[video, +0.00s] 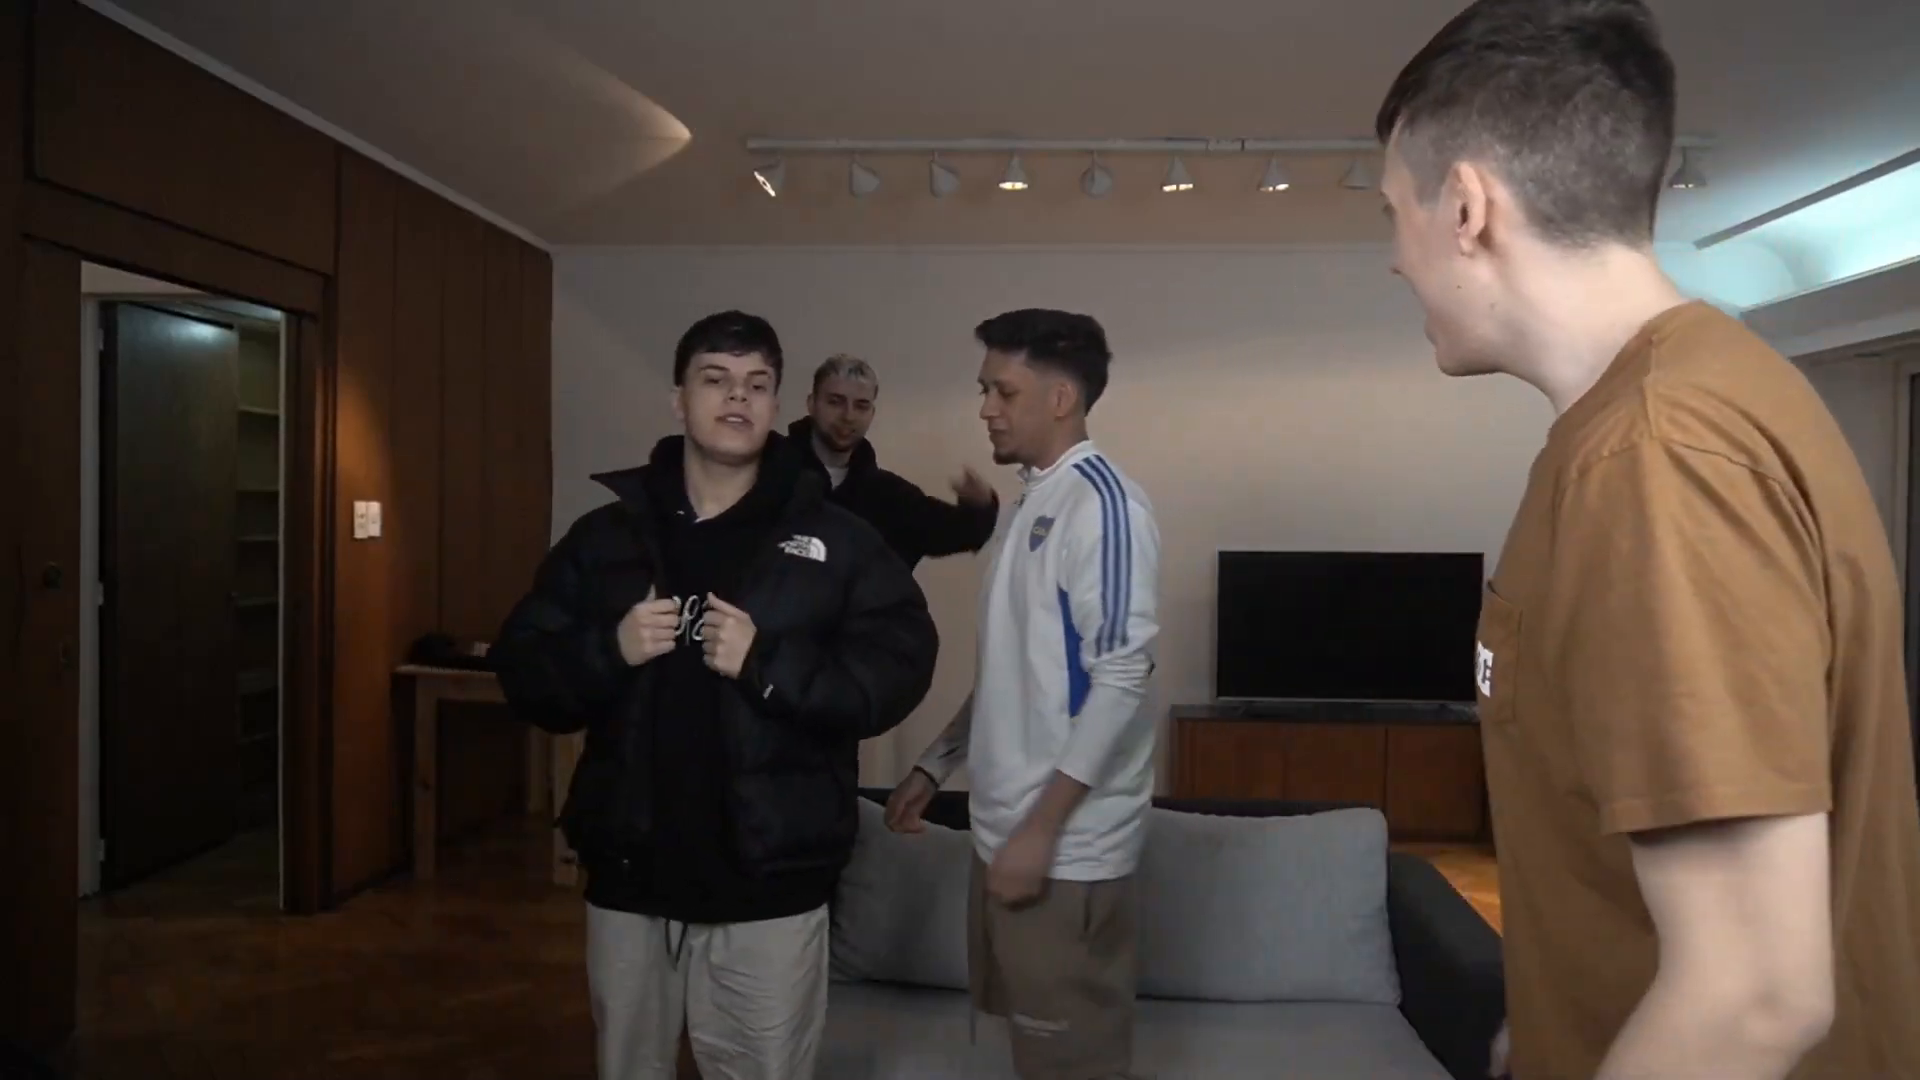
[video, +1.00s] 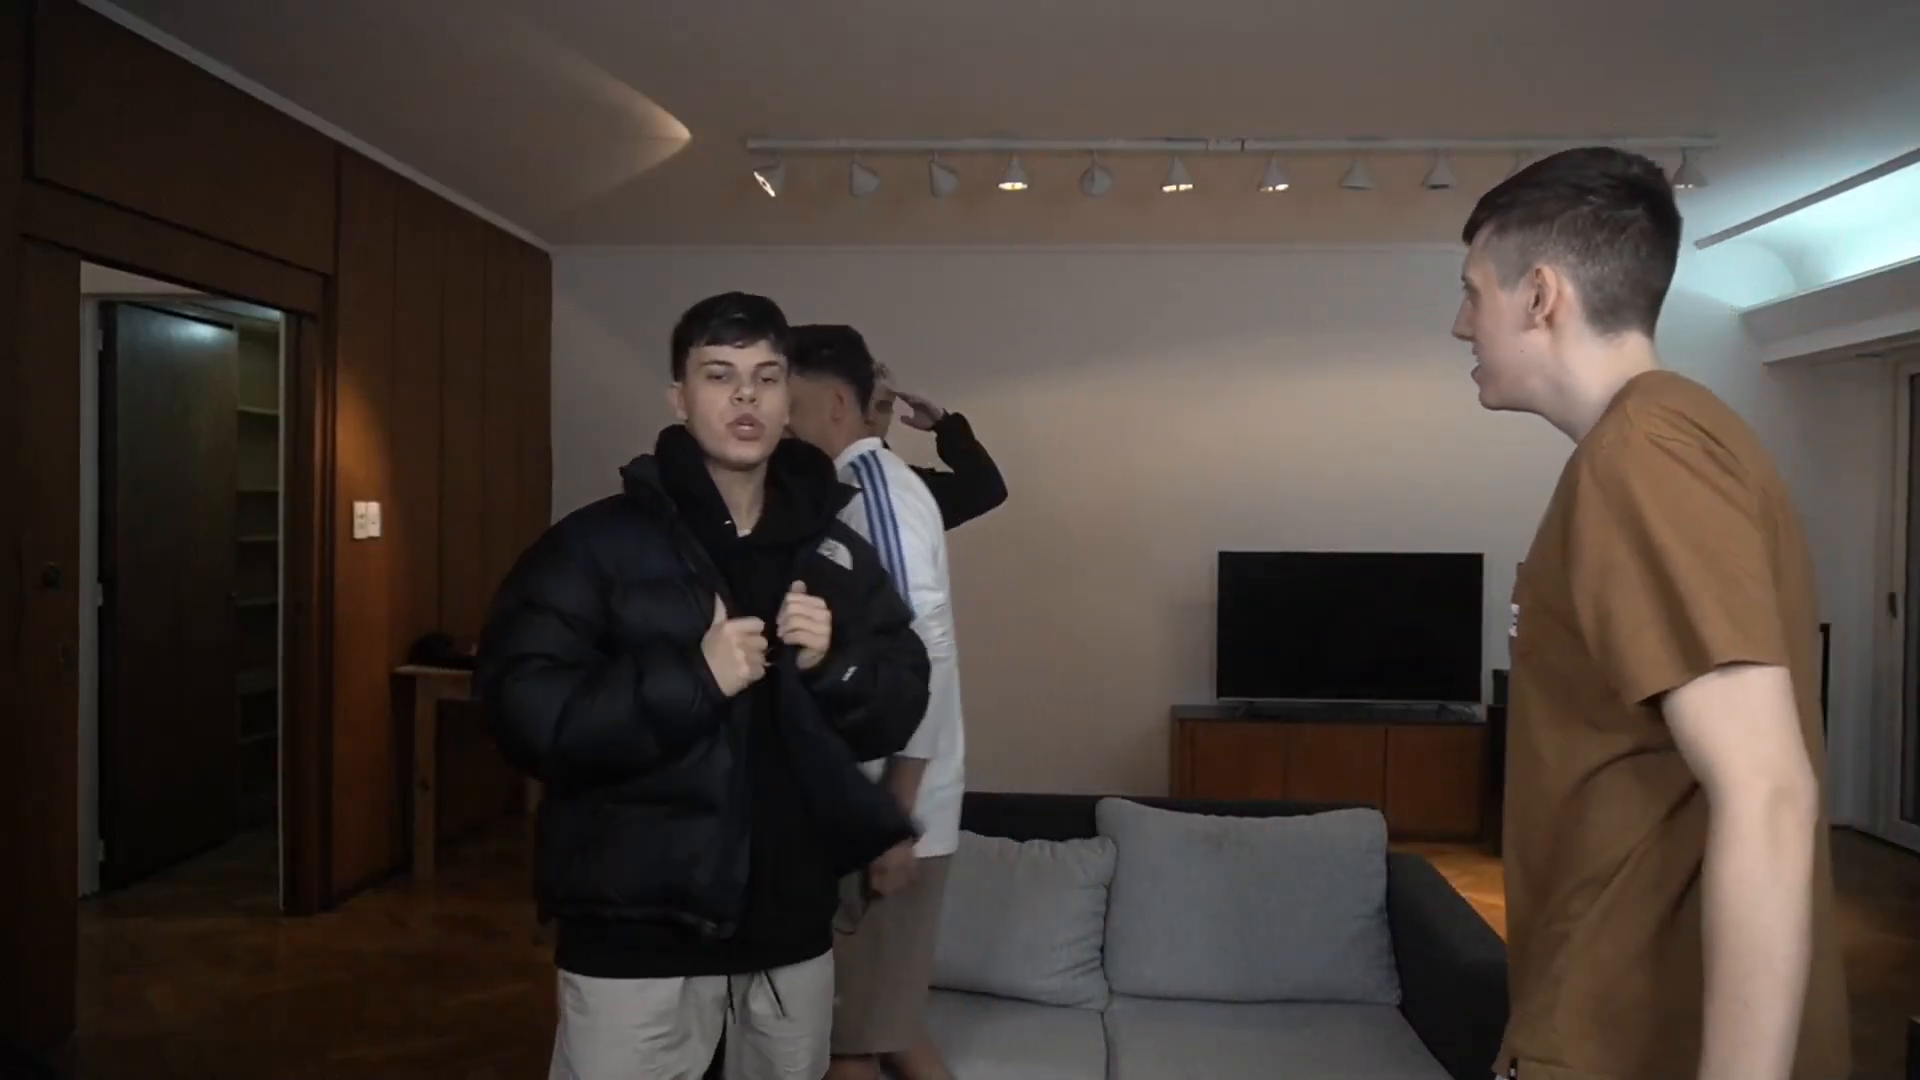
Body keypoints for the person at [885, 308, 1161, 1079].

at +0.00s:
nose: (986, 409)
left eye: (1003, 391)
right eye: (985, 390)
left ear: (1064, 399)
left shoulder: (1102, 502)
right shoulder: (1031, 500)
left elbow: (1124, 679)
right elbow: (1010, 672)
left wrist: (1041, 827)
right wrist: (934, 767)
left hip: (1069, 847)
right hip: (1012, 833)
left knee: (1073, 1057)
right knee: (1035, 1047)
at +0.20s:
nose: (958, 411)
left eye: (977, 395)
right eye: (957, 394)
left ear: (1036, 399)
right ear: (1024, 402)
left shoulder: (1058, 492)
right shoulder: (1023, 495)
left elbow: (1074, 658)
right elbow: (992, 669)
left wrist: (986, 790)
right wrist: (939, 790)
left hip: (1037, 823)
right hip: (1025, 816)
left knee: (1000, 1045)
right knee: (1047, 1040)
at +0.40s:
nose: (926, 419)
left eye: (942, 402)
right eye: (926, 403)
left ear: (1002, 404)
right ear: (992, 407)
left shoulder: (1023, 491)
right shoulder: (1012, 488)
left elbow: (1047, 645)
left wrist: (971, 792)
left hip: (1009, 824)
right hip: (1037, 819)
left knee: (941, 1034)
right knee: (1048, 1027)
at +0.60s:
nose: (882, 433)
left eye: (894, 414)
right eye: (878, 417)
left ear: (952, 407)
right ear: (948, 413)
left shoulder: (983, 491)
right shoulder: (964, 487)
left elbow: (1034, 640)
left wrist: (998, 800)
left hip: (954, 821)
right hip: (1015, 817)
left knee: (890, 1019)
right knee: (1030, 1006)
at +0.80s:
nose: (836, 418)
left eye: (848, 401)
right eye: (838, 401)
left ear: (892, 406)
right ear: (899, 410)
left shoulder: (930, 485)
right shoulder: (919, 482)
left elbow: (982, 643)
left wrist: (982, 803)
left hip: (935, 806)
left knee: (871, 1027)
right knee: (987, 997)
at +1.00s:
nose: (781, 412)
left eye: (793, 394)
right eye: (782, 395)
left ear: (838, 399)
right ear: (846, 401)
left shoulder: (880, 480)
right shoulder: (846, 482)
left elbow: (924, 644)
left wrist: (899, 810)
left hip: (894, 808)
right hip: (872, 800)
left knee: (862, 1037)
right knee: (891, 1027)